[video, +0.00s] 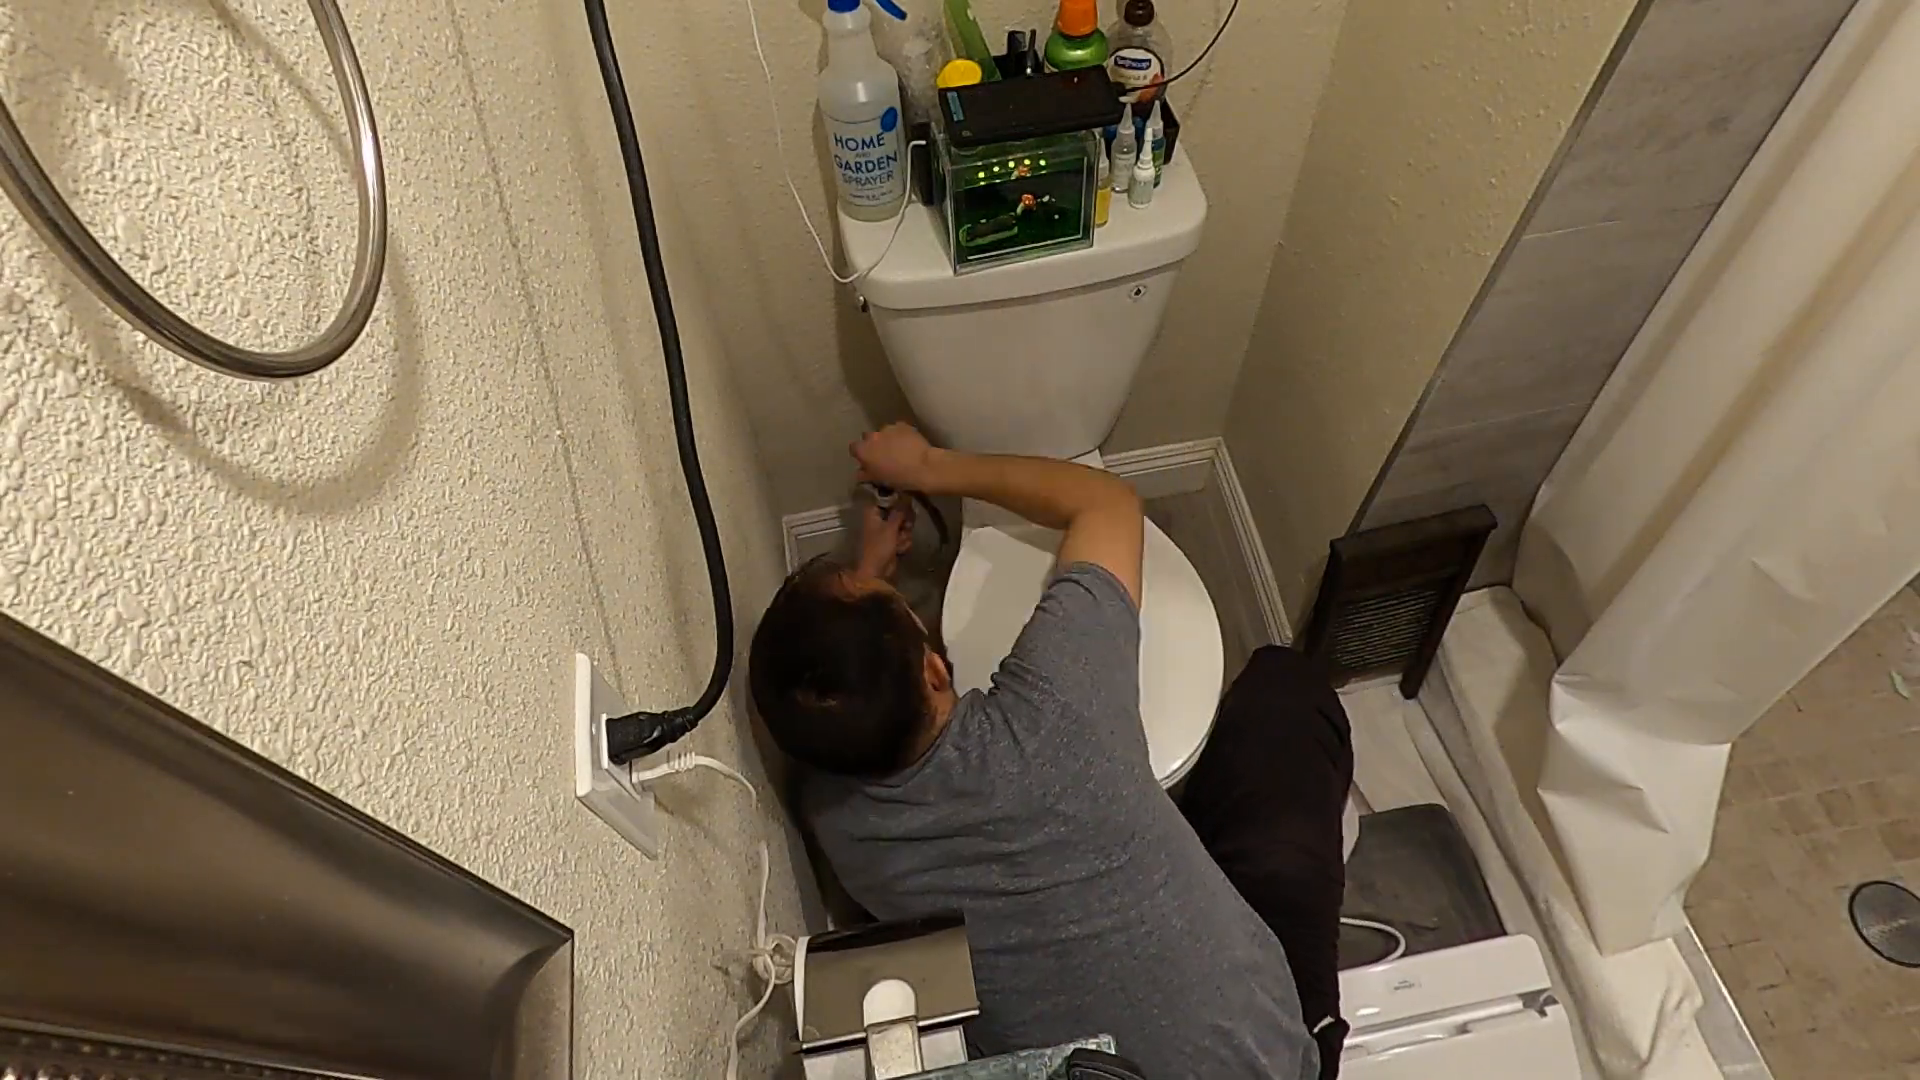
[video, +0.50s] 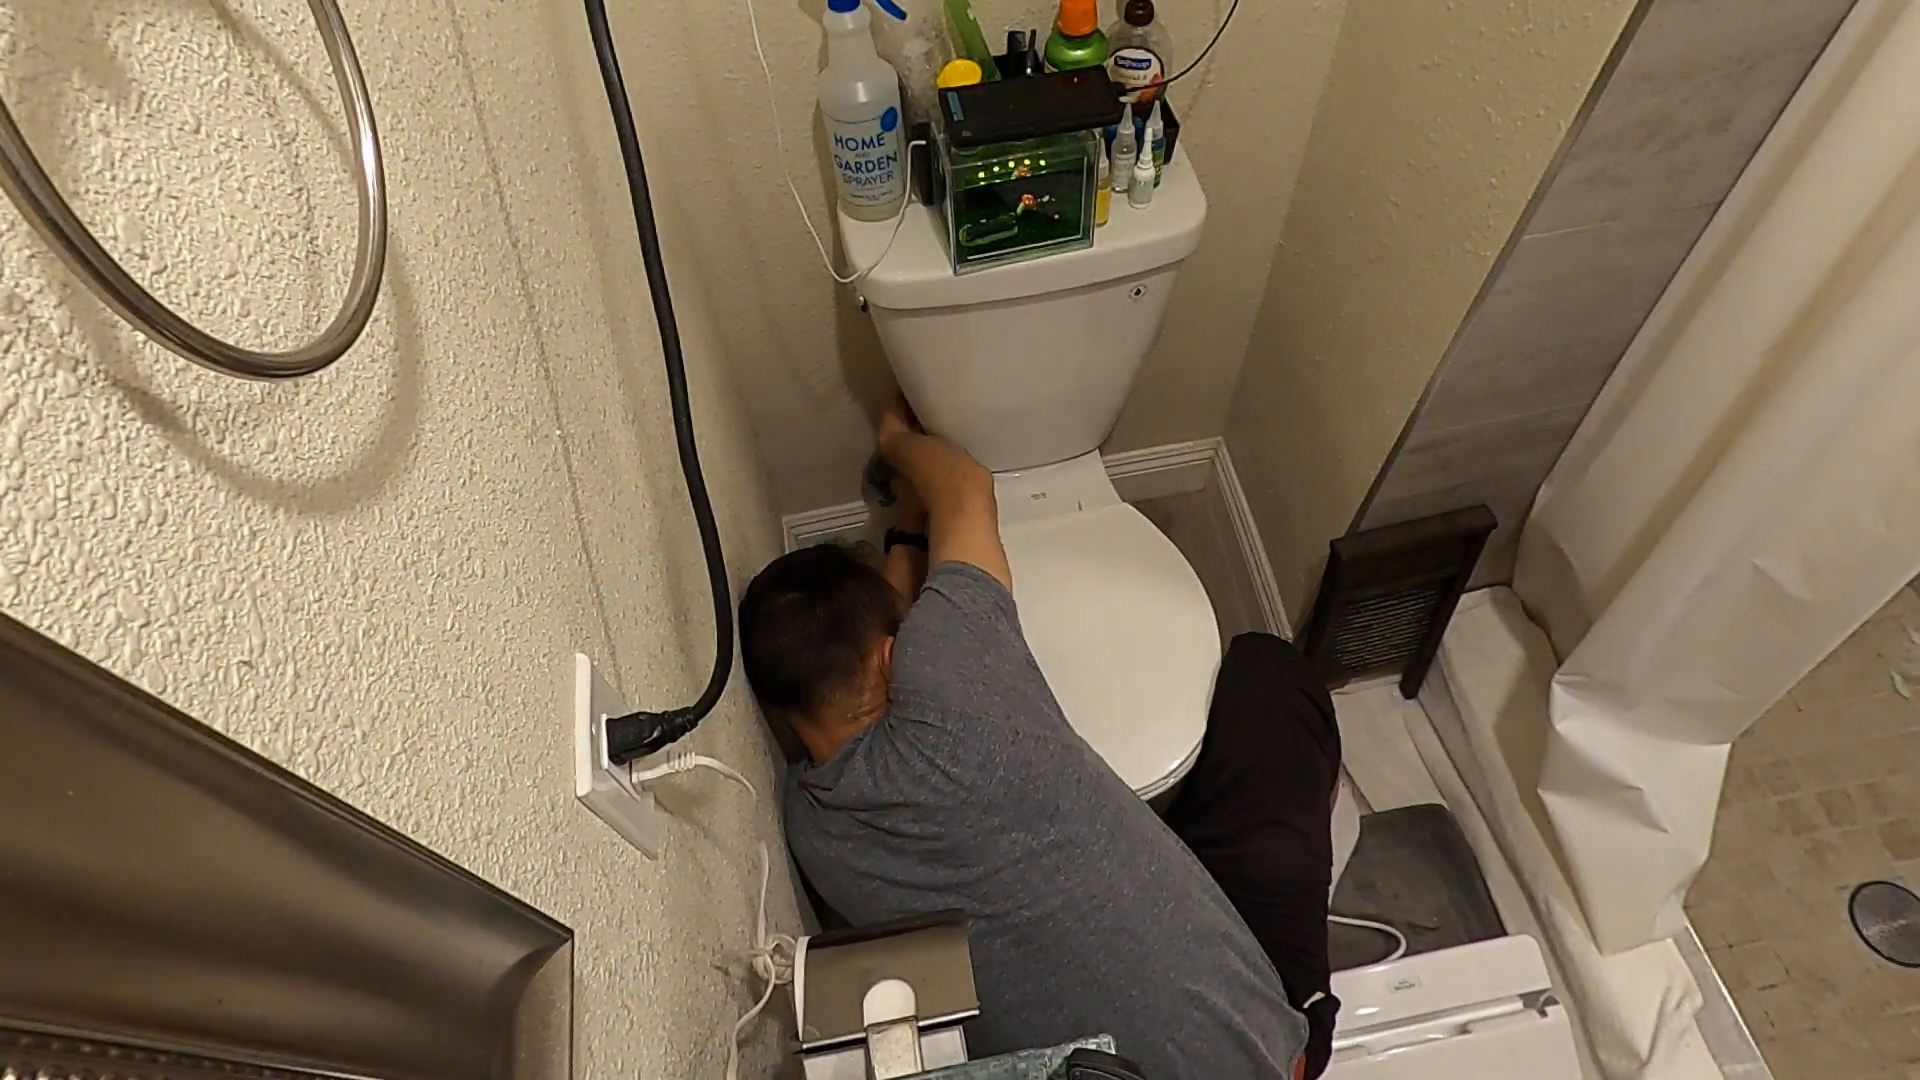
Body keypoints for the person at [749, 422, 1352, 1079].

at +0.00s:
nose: (887, 581)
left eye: (885, 592)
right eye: (890, 601)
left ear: (805, 725)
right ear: (934, 670)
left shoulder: (842, 827)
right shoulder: (1058, 702)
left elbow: (812, 703)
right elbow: (1107, 500)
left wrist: (870, 571)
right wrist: (928, 466)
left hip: (1056, 1065)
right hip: (1256, 1050)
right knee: (1281, 679)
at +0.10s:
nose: (915, 607)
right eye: (906, 594)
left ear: (798, 693)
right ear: (906, 624)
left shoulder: (821, 809)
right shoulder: (1004, 682)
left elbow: (912, 643)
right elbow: (987, 459)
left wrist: (939, 531)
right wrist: (900, 432)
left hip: (1066, 1070)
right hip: (1256, 1054)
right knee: (1269, 672)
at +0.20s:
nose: (913, 614)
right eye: (906, 603)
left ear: (785, 701)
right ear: (904, 638)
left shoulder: (815, 815)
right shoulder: (998, 678)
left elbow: (908, 656)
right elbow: (990, 459)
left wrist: (940, 540)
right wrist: (895, 430)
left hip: (1059, 1066)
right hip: (1254, 1049)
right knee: (1267, 668)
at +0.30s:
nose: (914, 617)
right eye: (907, 608)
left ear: (780, 703)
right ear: (906, 651)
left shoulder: (814, 823)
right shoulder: (989, 679)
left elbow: (910, 663)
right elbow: (981, 461)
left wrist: (930, 543)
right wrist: (900, 431)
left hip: (1066, 1066)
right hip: (1260, 1050)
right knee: (1263, 667)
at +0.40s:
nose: (895, 574)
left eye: (882, 576)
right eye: (888, 587)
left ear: (783, 713)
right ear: (908, 665)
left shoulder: (810, 829)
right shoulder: (985, 685)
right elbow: (960, 488)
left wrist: (924, 546)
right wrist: (895, 423)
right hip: (1254, 1047)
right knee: (1266, 665)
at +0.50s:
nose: (906, 625)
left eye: (896, 598)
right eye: (900, 615)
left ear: (773, 710)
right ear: (887, 654)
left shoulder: (811, 839)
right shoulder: (956, 676)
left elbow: (872, 637)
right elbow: (960, 487)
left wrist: (910, 534)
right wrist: (896, 437)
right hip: (1261, 1045)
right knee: (1261, 662)